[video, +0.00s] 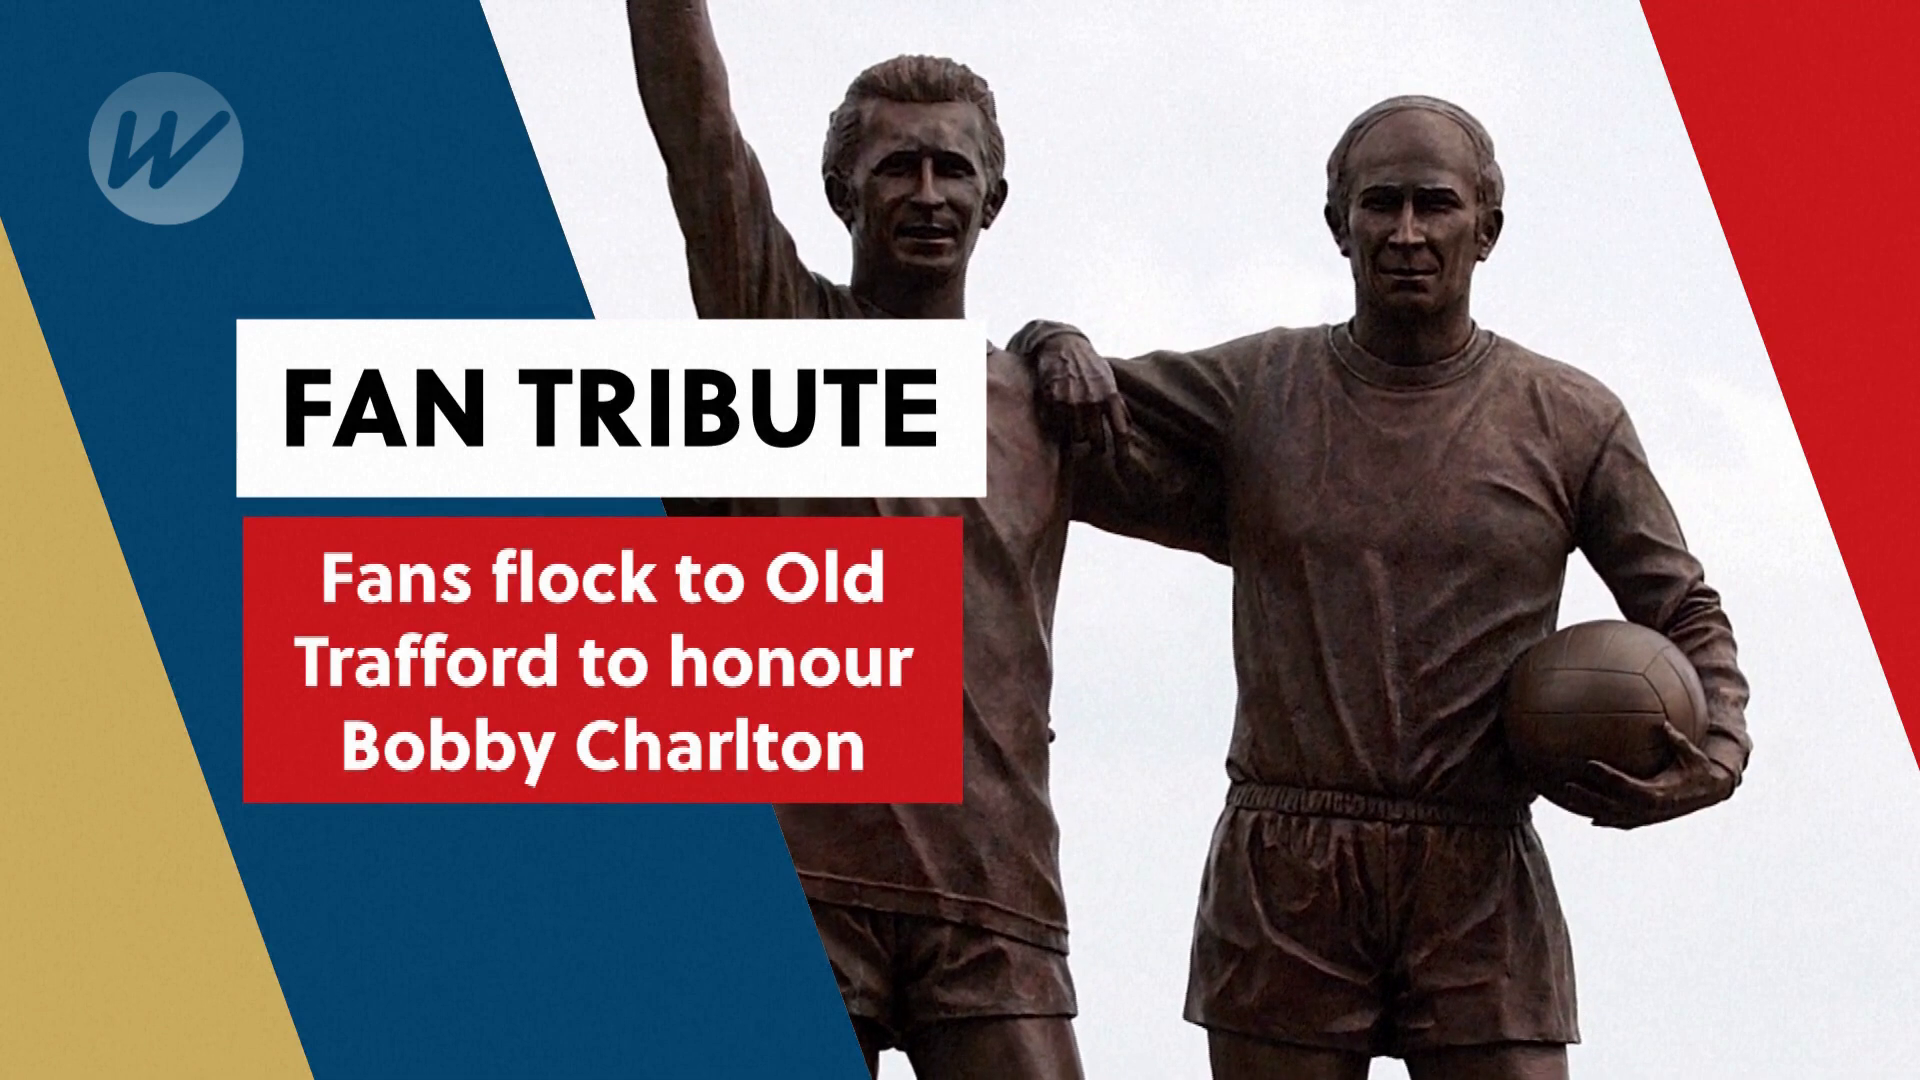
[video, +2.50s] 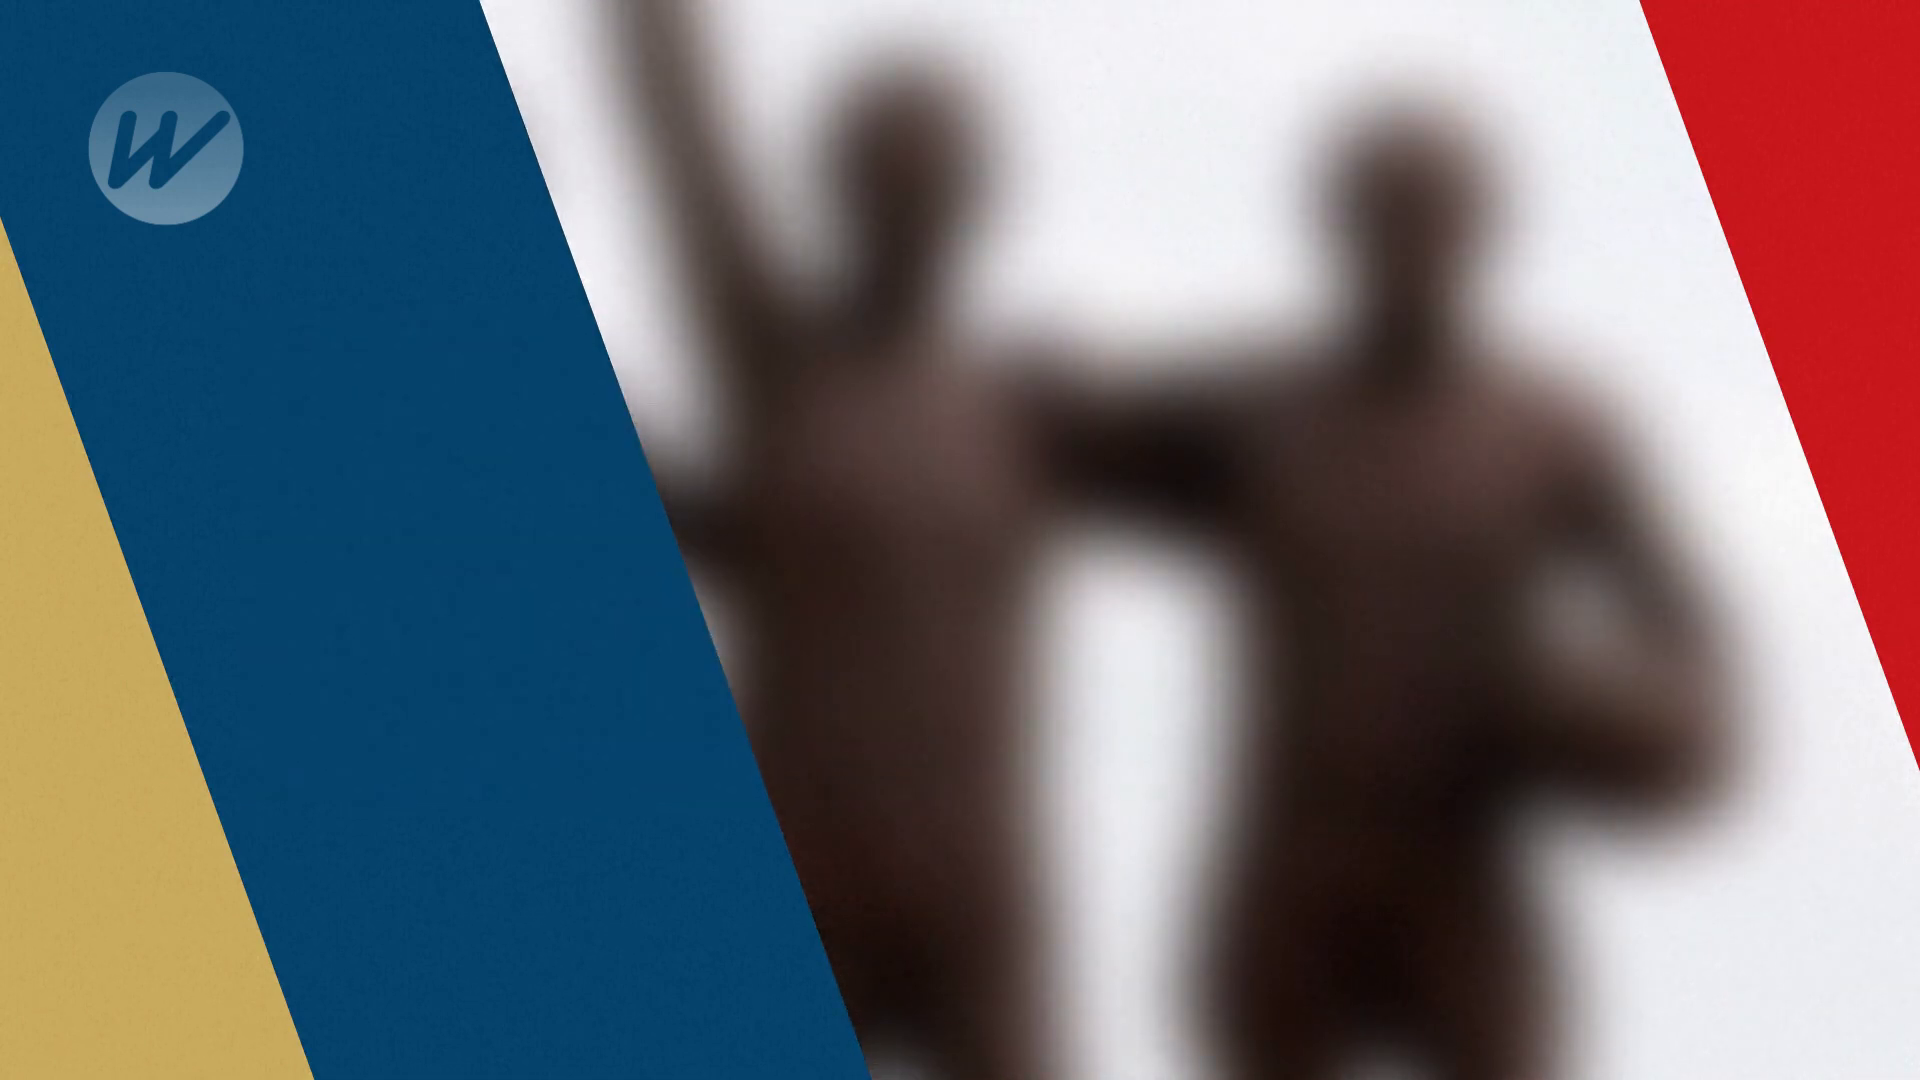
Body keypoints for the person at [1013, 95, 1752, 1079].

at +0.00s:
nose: (1406, 230)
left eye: (1435, 202)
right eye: (1379, 203)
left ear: (1488, 225)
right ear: (1338, 225)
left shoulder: (1571, 416)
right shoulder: (1257, 383)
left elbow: (1682, 610)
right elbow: (1084, 412)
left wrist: (1719, 746)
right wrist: (1052, 346)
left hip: (1479, 883)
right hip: (1281, 877)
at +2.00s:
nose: (1398, 237)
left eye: (1426, 207)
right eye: (1370, 208)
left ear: (1485, 226)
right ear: (1331, 226)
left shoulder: (1560, 428)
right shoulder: (1255, 402)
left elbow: (1685, 632)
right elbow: (1081, 441)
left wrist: (1680, 745)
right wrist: (1049, 386)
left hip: (1467, 888)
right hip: (1279, 885)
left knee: (1497, 1059)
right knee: (1268, 1058)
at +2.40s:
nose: (1409, 251)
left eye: (1432, 217)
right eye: (1386, 216)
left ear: (1472, 228)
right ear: (1348, 226)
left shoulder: (1546, 439)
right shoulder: (1267, 425)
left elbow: (1690, 714)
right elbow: (1039, 429)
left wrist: (1555, 707)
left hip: (1467, 912)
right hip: (1291, 905)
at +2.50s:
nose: (1411, 252)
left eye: (1433, 218)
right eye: (1388, 218)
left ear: (1471, 230)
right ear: (1350, 228)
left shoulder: (1546, 442)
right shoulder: (1270, 429)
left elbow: (1685, 725)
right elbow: (1024, 427)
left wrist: (1531, 705)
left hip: (1467, 919)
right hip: (1293, 913)